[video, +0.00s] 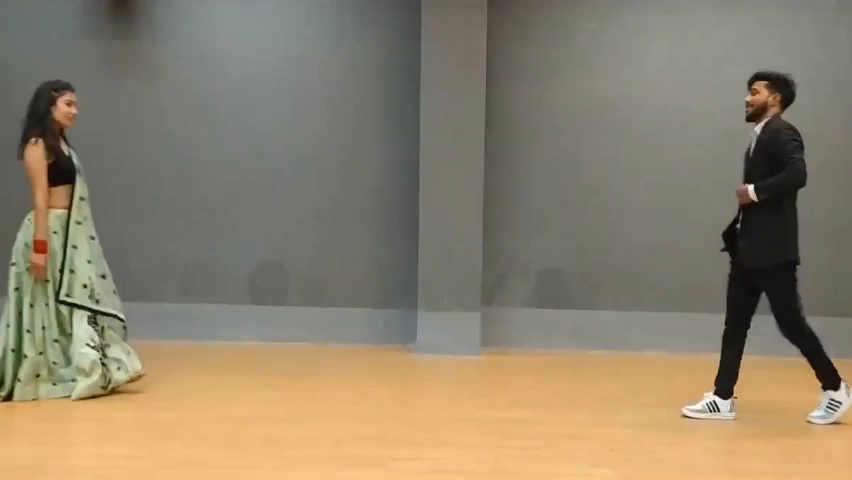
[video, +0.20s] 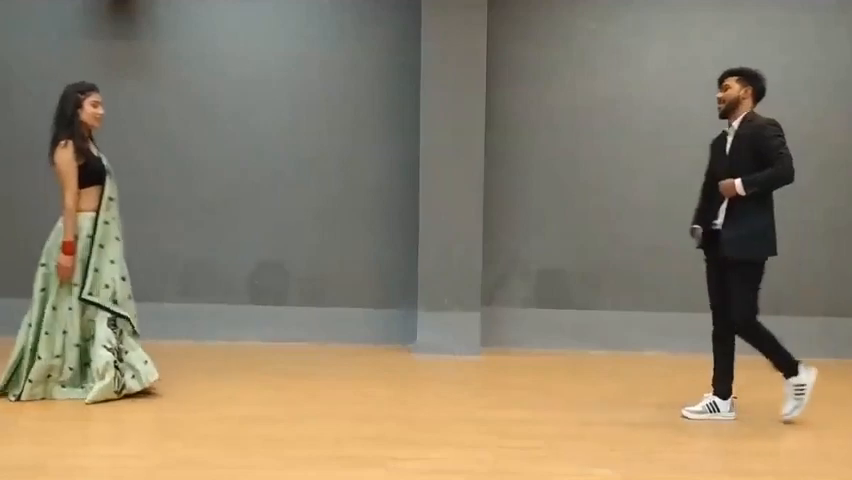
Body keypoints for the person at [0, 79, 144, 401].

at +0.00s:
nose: (74, 110)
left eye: (75, 105)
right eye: (68, 104)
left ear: (64, 109)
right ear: (49, 106)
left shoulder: (63, 144)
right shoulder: (37, 145)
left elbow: (68, 197)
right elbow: (40, 198)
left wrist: (77, 239)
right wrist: (40, 246)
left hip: (71, 235)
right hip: (50, 234)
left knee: (76, 302)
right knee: (49, 306)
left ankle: (79, 368)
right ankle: (47, 372)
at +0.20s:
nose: (101, 111)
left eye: (101, 105)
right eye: (94, 105)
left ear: (87, 111)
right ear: (76, 108)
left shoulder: (90, 146)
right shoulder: (67, 148)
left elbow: (89, 200)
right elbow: (70, 201)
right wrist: (68, 248)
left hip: (100, 237)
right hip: (81, 237)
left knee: (101, 304)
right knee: (77, 306)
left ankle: (101, 372)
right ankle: (73, 373)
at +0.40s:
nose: (133, 109)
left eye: (133, 103)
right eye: (127, 103)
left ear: (124, 109)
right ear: (109, 107)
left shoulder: (123, 143)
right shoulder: (100, 145)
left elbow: (126, 195)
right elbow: (106, 196)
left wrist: (138, 240)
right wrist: (109, 244)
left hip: (136, 232)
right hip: (117, 233)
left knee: (140, 305)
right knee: (113, 307)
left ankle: (129, 377)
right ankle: (68, 373)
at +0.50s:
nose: (147, 108)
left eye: (148, 103)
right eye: (142, 102)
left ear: (139, 108)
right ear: (124, 105)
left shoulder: (138, 142)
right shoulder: (115, 144)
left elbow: (141, 194)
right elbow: (119, 195)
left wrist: (152, 238)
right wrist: (124, 242)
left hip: (150, 230)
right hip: (131, 231)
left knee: (157, 305)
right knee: (136, 307)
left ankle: (140, 378)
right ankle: (83, 375)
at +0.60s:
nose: (162, 110)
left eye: (161, 104)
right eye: (156, 104)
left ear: (152, 108)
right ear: (138, 108)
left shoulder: (150, 142)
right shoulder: (129, 144)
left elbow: (155, 194)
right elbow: (133, 196)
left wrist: (165, 236)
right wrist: (137, 244)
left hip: (163, 230)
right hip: (146, 231)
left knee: (166, 304)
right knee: (147, 305)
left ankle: (160, 375)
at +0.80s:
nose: (190, 117)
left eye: (190, 111)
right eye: (184, 111)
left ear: (181, 115)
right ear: (167, 113)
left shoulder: (179, 150)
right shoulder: (159, 152)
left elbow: (181, 202)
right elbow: (162, 203)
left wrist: (197, 243)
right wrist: (164, 250)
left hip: (191, 235)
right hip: (175, 235)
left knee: (191, 307)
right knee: (174, 308)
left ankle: (192, 376)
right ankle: (173, 377)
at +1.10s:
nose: (232, 115)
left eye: (234, 109)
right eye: (227, 108)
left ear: (227, 112)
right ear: (210, 110)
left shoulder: (219, 148)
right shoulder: (203, 149)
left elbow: (220, 199)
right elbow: (206, 200)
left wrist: (235, 241)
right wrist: (211, 247)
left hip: (231, 233)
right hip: (217, 234)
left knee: (231, 309)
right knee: (216, 310)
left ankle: (229, 378)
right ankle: (217, 379)